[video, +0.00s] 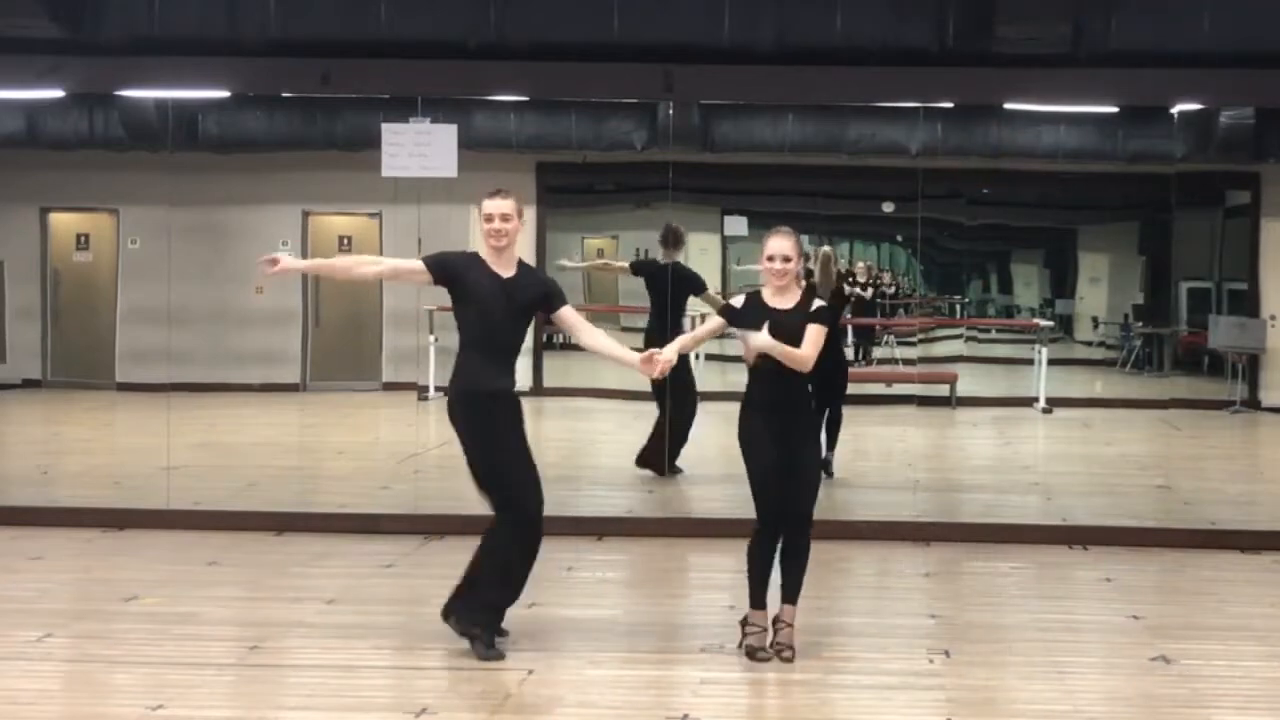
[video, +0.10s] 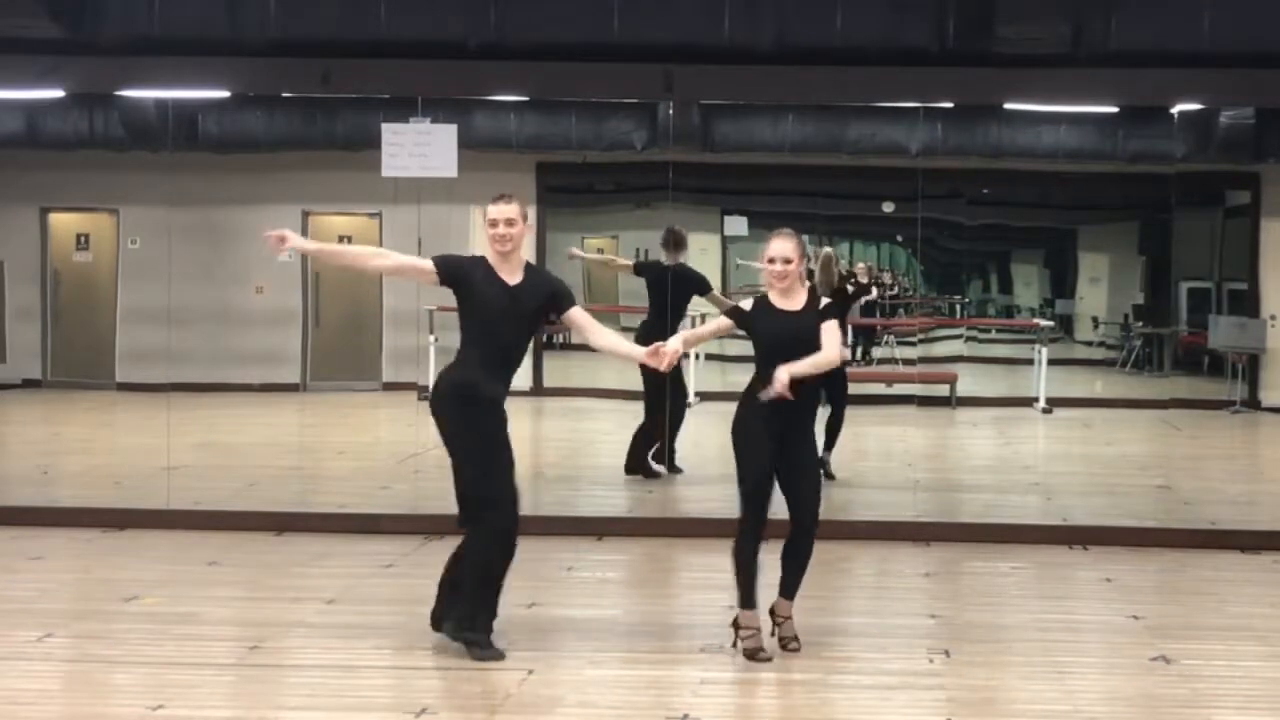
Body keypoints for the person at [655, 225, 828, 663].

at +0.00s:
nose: (778, 266)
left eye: (786, 259)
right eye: (771, 258)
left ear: (800, 263)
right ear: (761, 262)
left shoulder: (818, 306)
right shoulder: (746, 303)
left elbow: (806, 360)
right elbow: (699, 334)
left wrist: (764, 342)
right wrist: (669, 351)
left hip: (802, 424)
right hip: (759, 422)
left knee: (799, 522)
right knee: (770, 519)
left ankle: (786, 619)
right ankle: (756, 617)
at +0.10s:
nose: (777, 268)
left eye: (785, 261)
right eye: (771, 261)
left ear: (802, 264)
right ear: (762, 264)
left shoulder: (821, 307)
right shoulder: (753, 309)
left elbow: (834, 354)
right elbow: (703, 332)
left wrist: (790, 370)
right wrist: (675, 344)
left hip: (798, 427)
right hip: (755, 424)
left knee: (806, 521)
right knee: (753, 518)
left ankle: (784, 608)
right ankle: (747, 616)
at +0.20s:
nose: (766, 273)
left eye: (775, 266)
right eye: (764, 266)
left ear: (800, 268)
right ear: (764, 269)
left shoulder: (830, 313)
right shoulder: (761, 315)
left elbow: (861, 361)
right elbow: (707, 341)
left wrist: (822, 394)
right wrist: (683, 340)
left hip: (803, 428)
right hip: (757, 422)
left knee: (801, 527)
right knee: (729, 512)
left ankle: (783, 611)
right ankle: (698, 609)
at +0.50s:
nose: (767, 281)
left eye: (774, 275)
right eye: (767, 275)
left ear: (800, 277)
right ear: (777, 280)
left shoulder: (836, 317)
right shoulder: (766, 322)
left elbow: (878, 355)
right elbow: (712, 340)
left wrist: (845, 396)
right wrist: (689, 333)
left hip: (816, 433)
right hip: (768, 429)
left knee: (809, 529)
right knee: (731, 509)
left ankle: (785, 612)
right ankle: (692, 577)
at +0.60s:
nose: (770, 281)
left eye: (776, 274)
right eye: (769, 274)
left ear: (802, 276)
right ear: (789, 278)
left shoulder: (834, 320)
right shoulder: (767, 321)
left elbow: (878, 355)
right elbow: (712, 336)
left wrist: (844, 389)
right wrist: (670, 335)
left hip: (814, 434)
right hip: (769, 431)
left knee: (804, 524)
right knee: (754, 515)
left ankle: (790, 611)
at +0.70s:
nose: (773, 277)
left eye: (782, 271)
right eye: (773, 270)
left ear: (806, 274)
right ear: (775, 273)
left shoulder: (832, 318)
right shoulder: (762, 314)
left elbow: (877, 355)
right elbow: (705, 334)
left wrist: (842, 387)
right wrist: (651, 346)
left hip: (816, 429)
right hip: (773, 430)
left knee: (795, 520)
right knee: (788, 522)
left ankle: (785, 610)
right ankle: (827, 589)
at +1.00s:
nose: (784, 280)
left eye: (793, 274)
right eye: (778, 273)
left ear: (807, 280)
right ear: (768, 277)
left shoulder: (820, 324)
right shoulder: (747, 318)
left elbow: (873, 357)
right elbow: (696, 339)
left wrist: (831, 392)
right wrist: (648, 356)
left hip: (814, 440)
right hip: (769, 437)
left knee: (800, 529)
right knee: (769, 529)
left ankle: (779, 614)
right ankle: (801, 580)